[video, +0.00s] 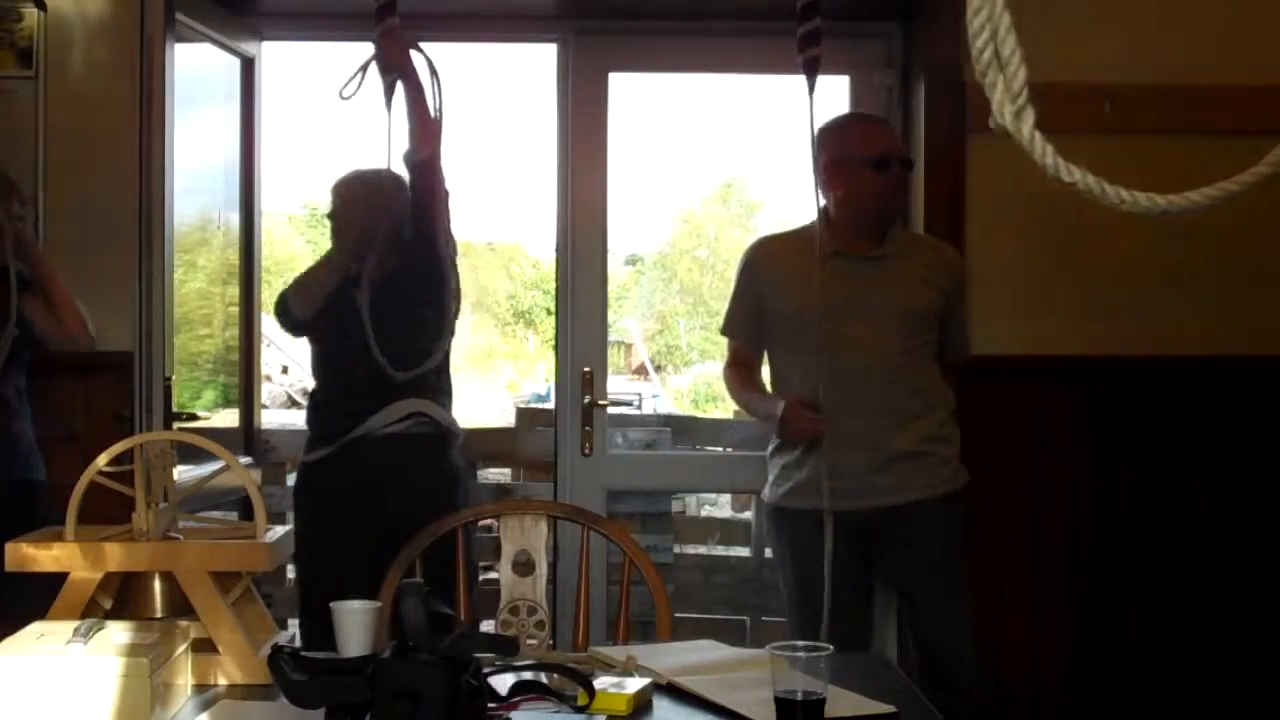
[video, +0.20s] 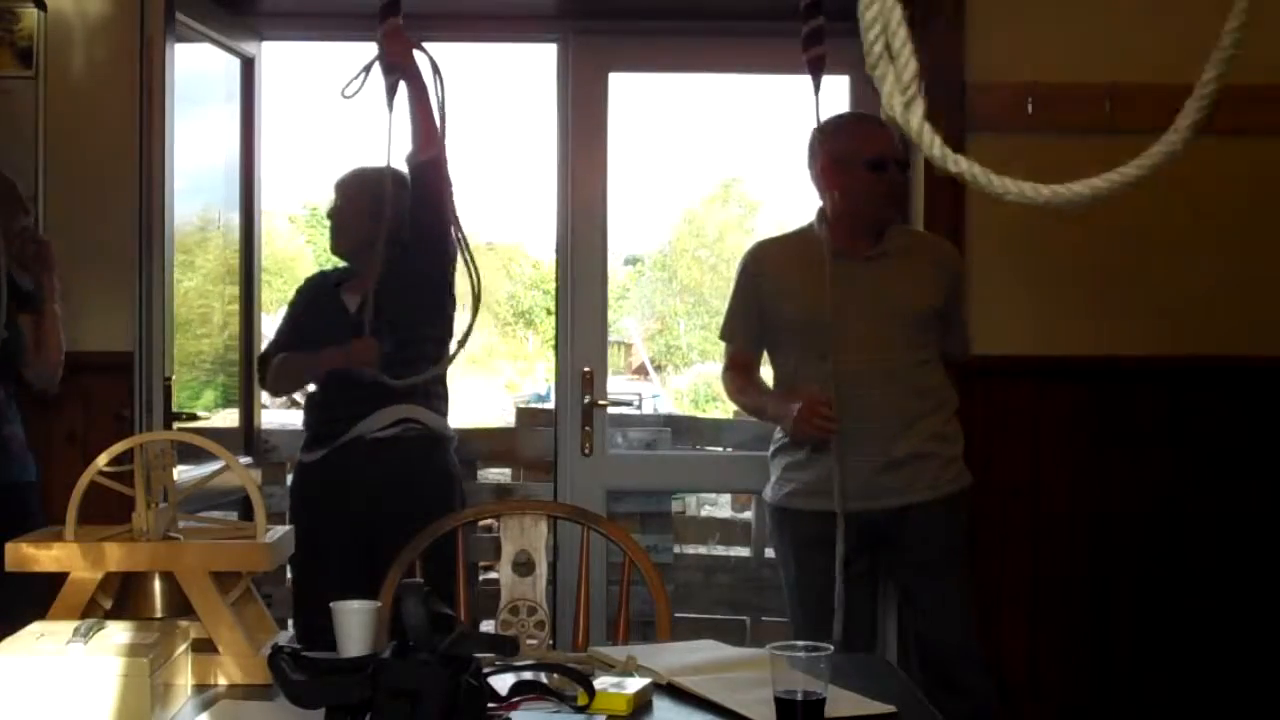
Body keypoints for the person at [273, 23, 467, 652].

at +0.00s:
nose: (339, 226)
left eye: (350, 213)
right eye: (336, 215)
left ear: (389, 216)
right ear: (336, 221)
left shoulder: (429, 273)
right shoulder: (326, 284)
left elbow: (426, 161)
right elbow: (289, 313)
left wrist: (406, 72)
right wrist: (344, 255)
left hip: (415, 453)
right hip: (333, 457)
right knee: (332, 619)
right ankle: (337, 698)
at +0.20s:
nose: (329, 218)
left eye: (341, 208)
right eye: (332, 208)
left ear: (384, 216)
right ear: (356, 216)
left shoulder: (423, 278)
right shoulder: (318, 292)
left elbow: (430, 161)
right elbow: (275, 375)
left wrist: (409, 72)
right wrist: (339, 357)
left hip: (412, 451)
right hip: (329, 456)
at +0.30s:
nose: (327, 215)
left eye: (341, 205)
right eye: (331, 205)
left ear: (385, 214)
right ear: (357, 214)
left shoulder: (419, 280)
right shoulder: (316, 295)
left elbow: (429, 166)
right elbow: (274, 386)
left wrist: (413, 72)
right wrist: (334, 392)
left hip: (409, 455)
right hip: (326, 464)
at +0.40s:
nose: (325, 217)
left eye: (337, 207)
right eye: (328, 207)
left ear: (380, 215)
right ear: (353, 216)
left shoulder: (417, 282)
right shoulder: (314, 297)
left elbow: (425, 172)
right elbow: (275, 391)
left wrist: (415, 77)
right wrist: (342, 390)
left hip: (407, 467)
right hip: (325, 473)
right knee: (321, 623)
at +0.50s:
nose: (323, 218)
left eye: (336, 207)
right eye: (326, 207)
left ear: (380, 215)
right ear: (348, 217)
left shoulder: (416, 283)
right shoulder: (312, 297)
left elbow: (423, 170)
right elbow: (275, 389)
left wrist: (409, 75)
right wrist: (348, 395)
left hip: (406, 474)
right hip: (322, 478)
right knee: (319, 626)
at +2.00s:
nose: (336, 216)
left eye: (349, 204)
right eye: (339, 205)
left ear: (390, 212)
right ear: (358, 214)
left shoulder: (428, 279)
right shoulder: (328, 297)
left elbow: (435, 162)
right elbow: (279, 383)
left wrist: (418, 72)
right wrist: (305, 302)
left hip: (415, 463)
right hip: (333, 465)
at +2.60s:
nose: (359, 223)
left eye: (374, 210)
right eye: (352, 210)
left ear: (406, 218)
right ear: (342, 219)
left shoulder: (432, 278)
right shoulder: (330, 296)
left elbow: (436, 168)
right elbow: (285, 359)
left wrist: (417, 75)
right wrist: (326, 262)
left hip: (418, 462)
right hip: (335, 466)